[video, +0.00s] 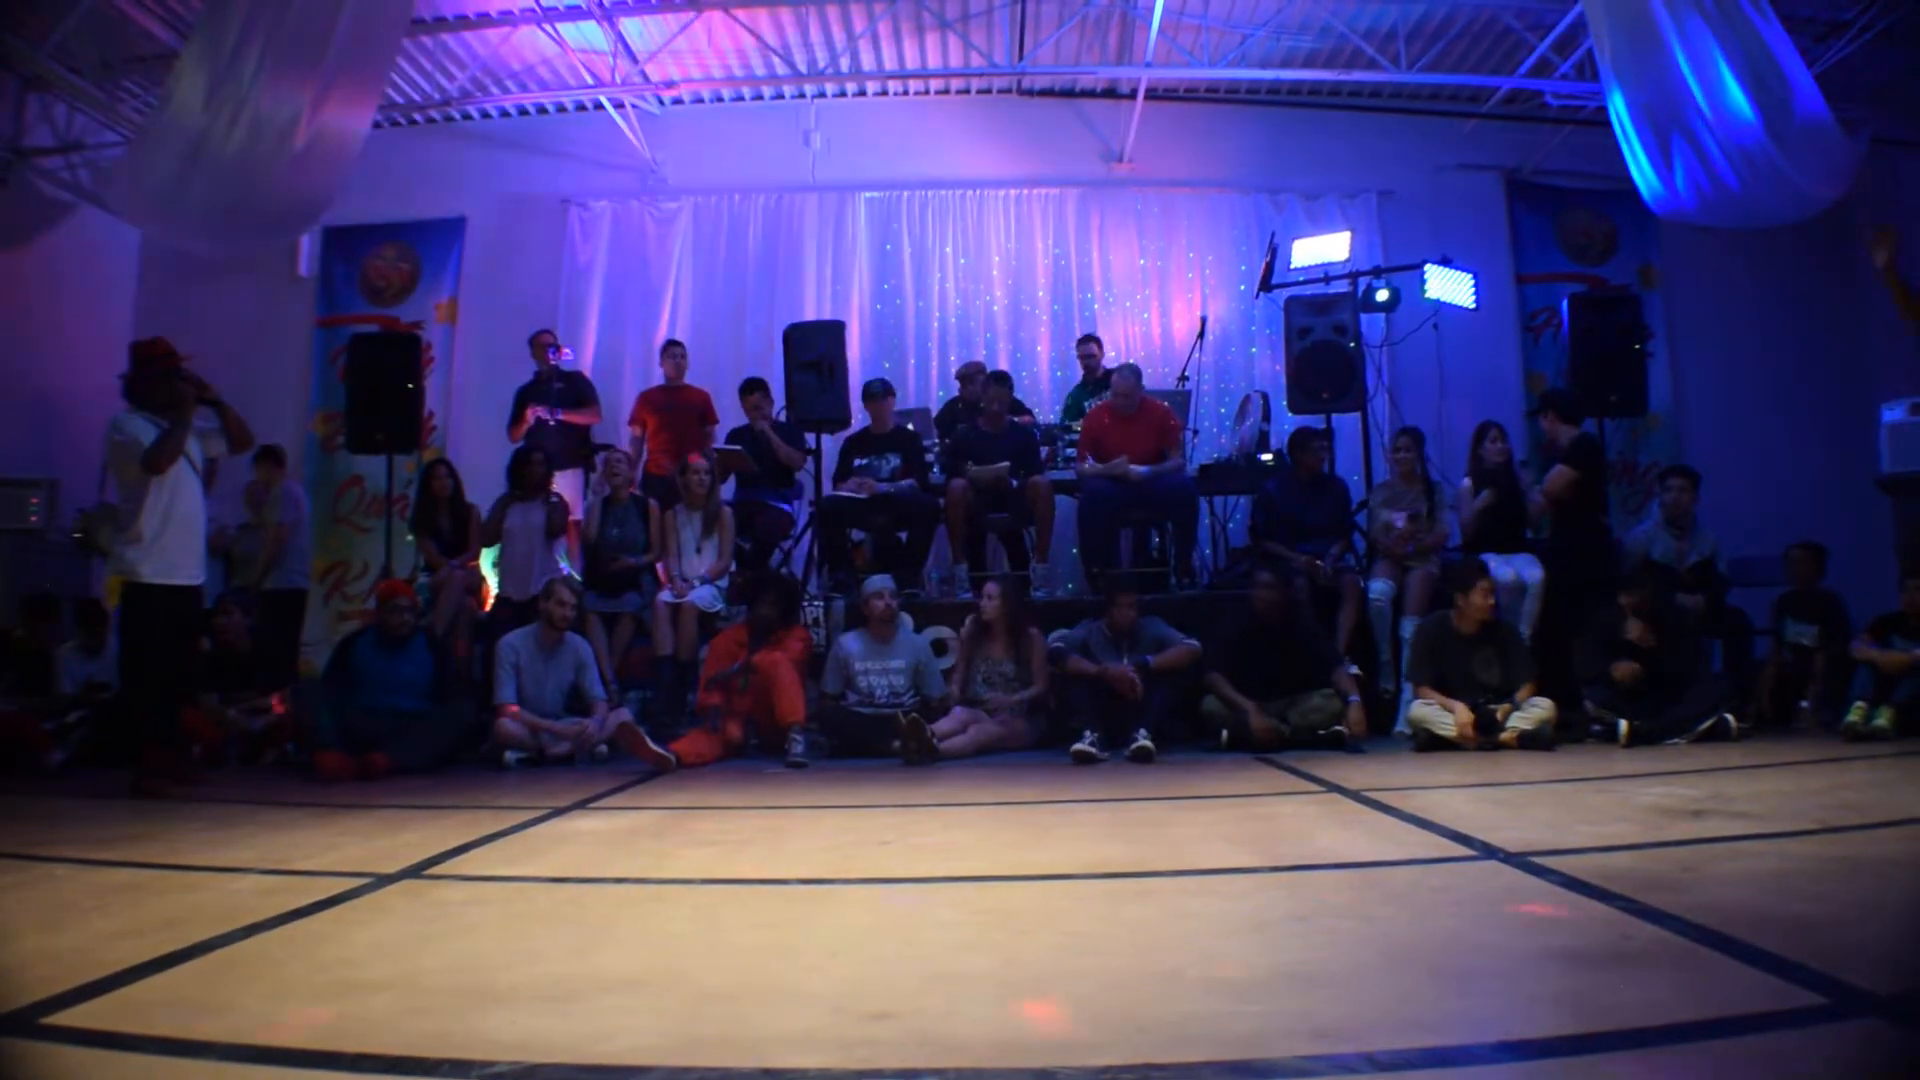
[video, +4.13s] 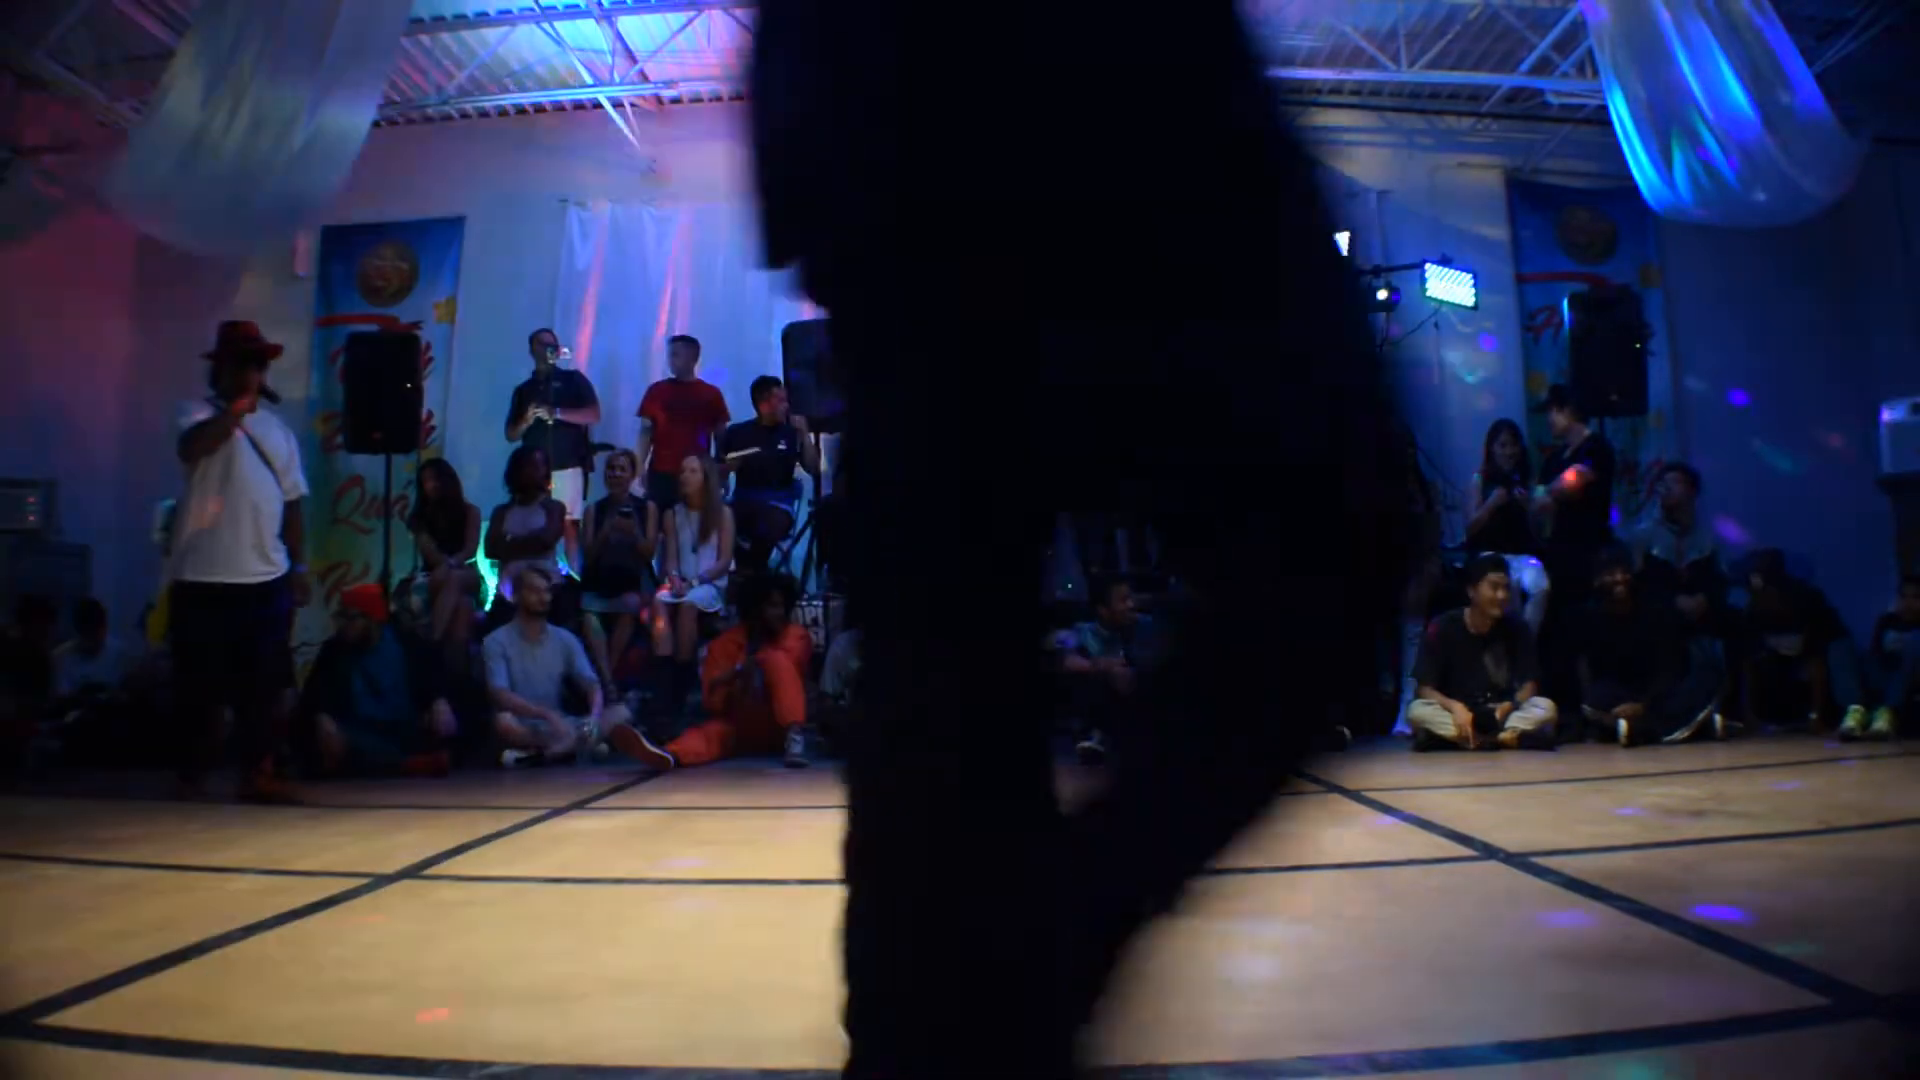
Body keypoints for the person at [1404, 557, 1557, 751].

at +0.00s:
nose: (1492, 602)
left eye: (1491, 595)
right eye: (1484, 595)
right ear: (1461, 599)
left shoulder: (1503, 630)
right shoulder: (1433, 630)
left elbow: (1528, 684)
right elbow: (1421, 689)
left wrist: (1509, 707)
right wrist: (1457, 707)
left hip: (1498, 704)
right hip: (1454, 707)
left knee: (1545, 707)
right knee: (1418, 711)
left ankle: (1466, 743)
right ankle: (1506, 739)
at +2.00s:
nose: (1499, 612)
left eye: (1505, 606)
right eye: (1494, 603)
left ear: (1511, 606)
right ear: (1472, 596)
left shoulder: (1510, 630)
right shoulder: (1438, 629)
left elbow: (1528, 686)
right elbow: (1423, 690)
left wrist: (1508, 707)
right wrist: (1456, 707)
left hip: (1499, 706)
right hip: (1457, 710)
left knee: (1546, 707)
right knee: (1418, 711)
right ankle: (1505, 740)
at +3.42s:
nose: (1507, 601)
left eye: (1507, 594)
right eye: (1501, 594)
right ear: (1476, 597)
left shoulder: (1512, 628)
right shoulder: (1438, 629)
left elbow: (1528, 686)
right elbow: (1423, 689)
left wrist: (1511, 706)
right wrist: (1456, 707)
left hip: (1500, 706)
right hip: (1456, 708)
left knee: (1546, 708)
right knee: (1418, 711)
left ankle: (1470, 742)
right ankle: (1504, 740)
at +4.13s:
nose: (1501, 596)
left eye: (1505, 588)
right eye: (1494, 587)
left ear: (1510, 592)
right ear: (1471, 591)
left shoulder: (1516, 629)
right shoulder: (1444, 628)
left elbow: (1529, 684)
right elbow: (1424, 689)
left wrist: (1508, 706)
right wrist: (1456, 708)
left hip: (1501, 706)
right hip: (1457, 706)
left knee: (1545, 707)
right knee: (1417, 711)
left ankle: (1461, 743)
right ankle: (1501, 740)